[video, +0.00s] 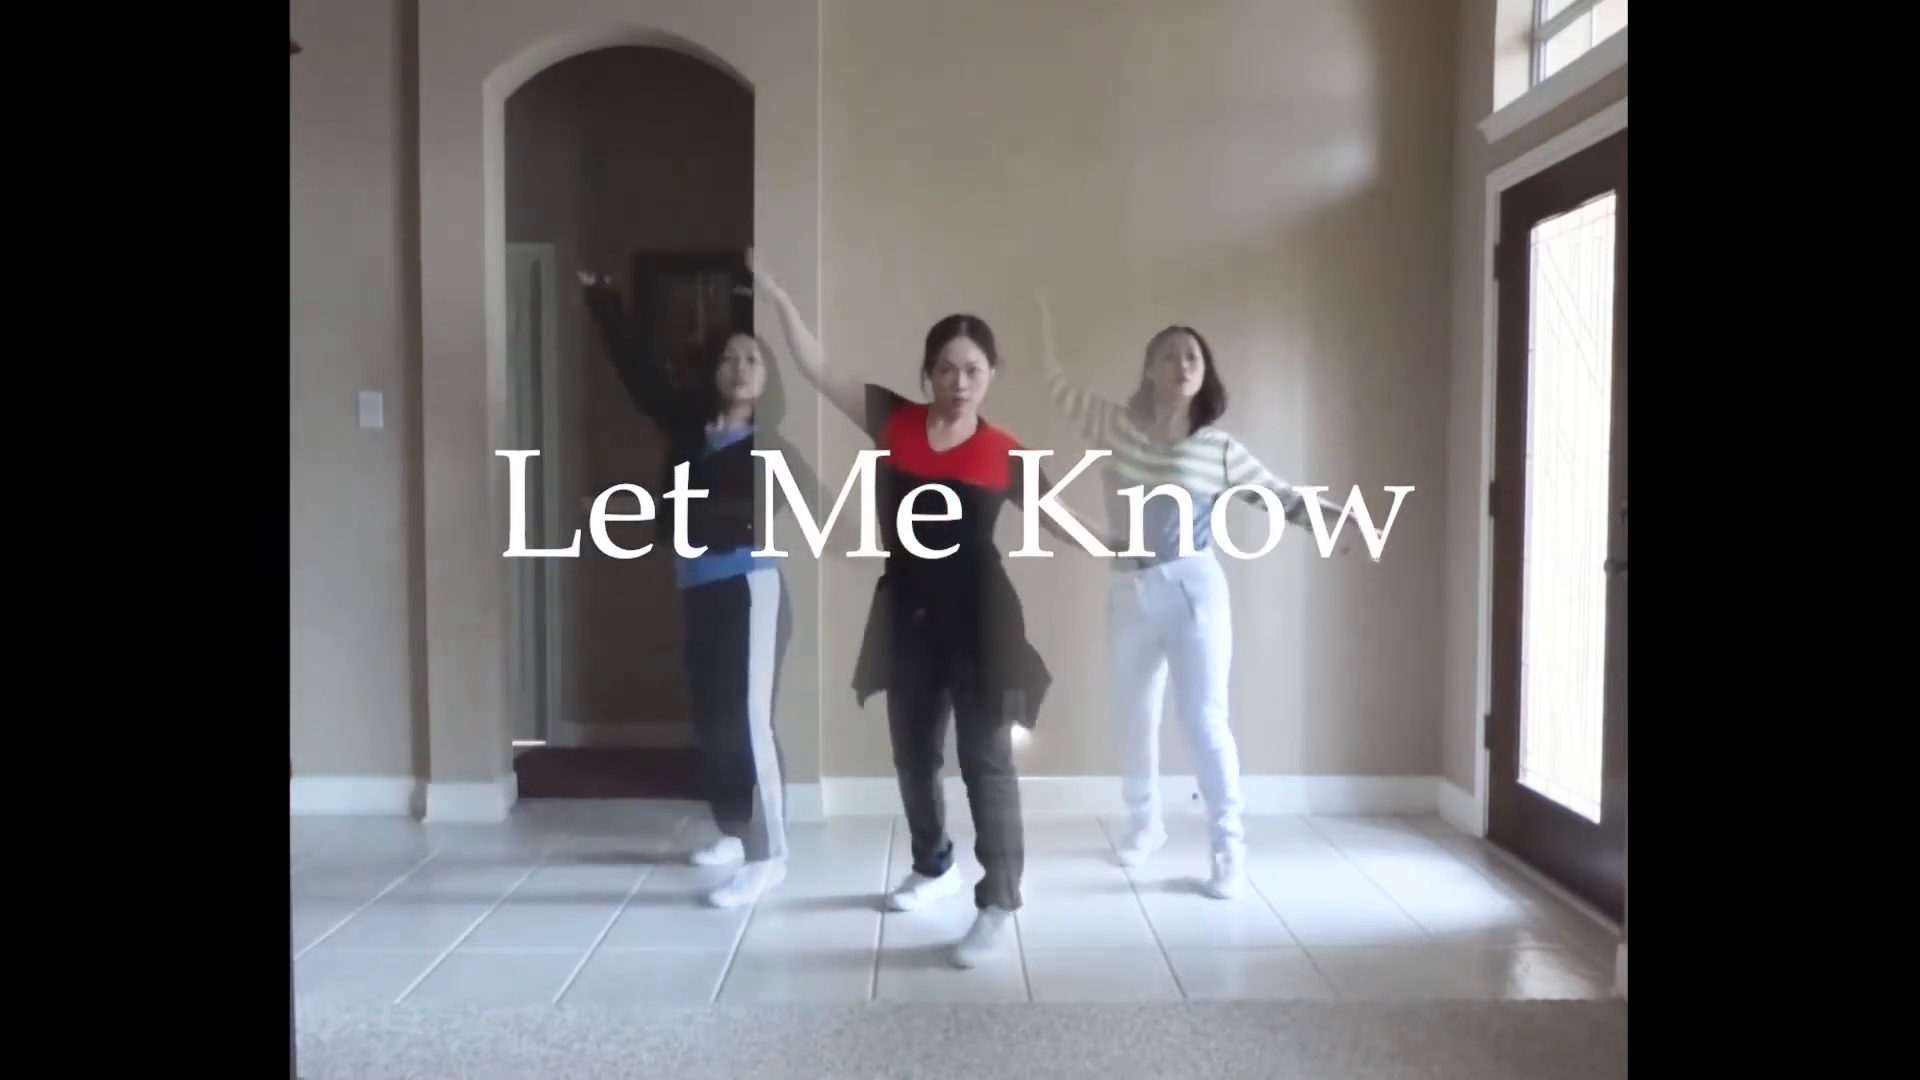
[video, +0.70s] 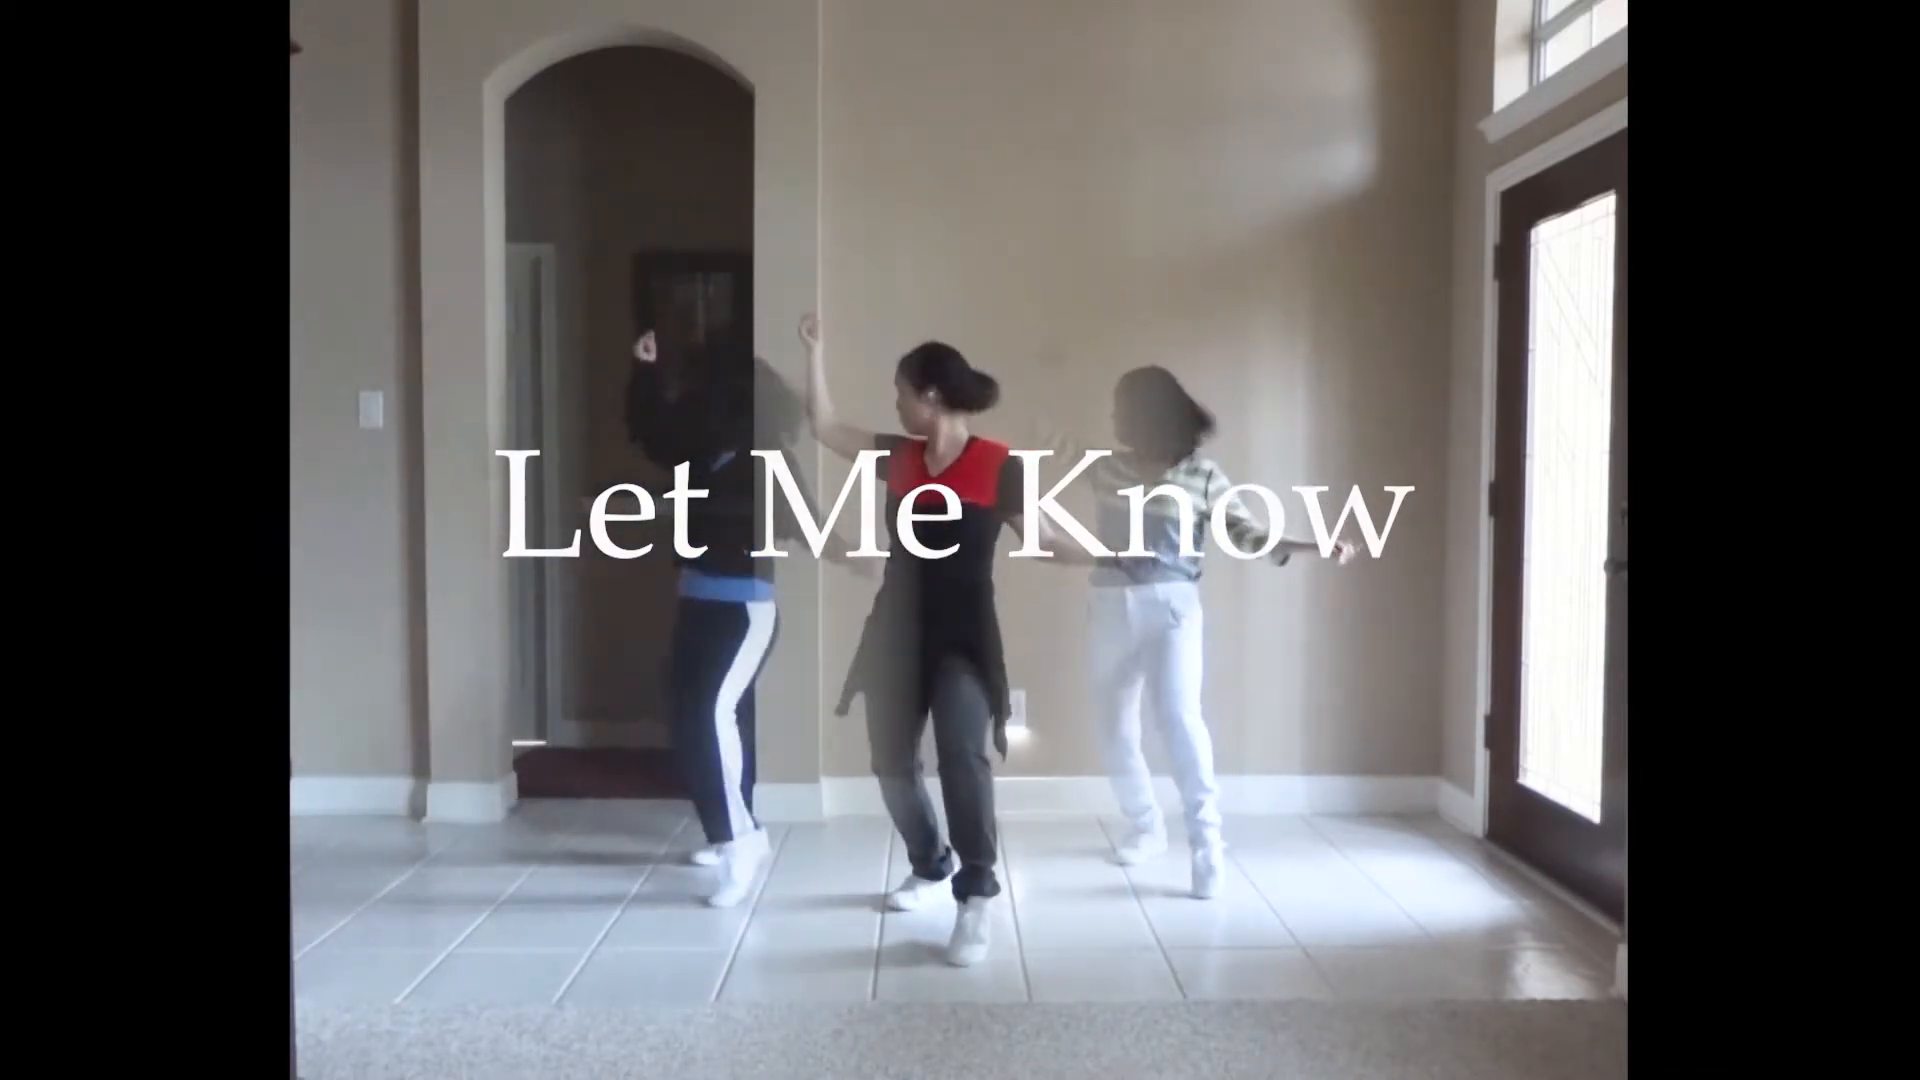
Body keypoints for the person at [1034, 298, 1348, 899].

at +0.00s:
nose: (1182, 365)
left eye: (1192, 357)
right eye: (1170, 356)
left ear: (1205, 375)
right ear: (1148, 369)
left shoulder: (1218, 446)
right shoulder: (1116, 428)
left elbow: (1275, 492)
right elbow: (1060, 390)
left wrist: (1326, 517)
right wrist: (1039, 333)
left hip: (1196, 591)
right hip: (1131, 595)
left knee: (1205, 719)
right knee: (1133, 715)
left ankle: (1227, 842)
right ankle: (1145, 824)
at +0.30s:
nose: (1160, 395)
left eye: (1171, 387)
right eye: (1151, 385)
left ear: (1186, 400)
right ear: (1132, 393)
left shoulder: (1202, 466)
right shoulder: (1101, 453)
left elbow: (1255, 514)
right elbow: (1043, 410)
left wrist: (1313, 516)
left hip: (1183, 600)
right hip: (1121, 604)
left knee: (1184, 712)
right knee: (1127, 723)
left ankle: (1215, 838)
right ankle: (1145, 829)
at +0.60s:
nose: (1116, 417)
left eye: (1123, 409)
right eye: (1118, 409)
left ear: (1138, 417)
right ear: (1179, 416)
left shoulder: (1201, 475)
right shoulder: (1105, 469)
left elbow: (1250, 535)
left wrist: (1318, 542)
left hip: (1170, 606)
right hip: (1114, 605)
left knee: (1182, 719)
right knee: (1116, 728)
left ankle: (1205, 842)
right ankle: (1144, 824)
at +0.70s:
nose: (1120, 421)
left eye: (1126, 412)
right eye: (1120, 411)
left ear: (1144, 416)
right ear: (1176, 413)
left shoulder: (1200, 475)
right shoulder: (1104, 470)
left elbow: (1248, 536)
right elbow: (1046, 513)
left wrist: (1316, 547)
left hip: (1172, 607)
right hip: (1113, 606)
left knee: (1181, 719)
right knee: (1116, 727)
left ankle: (1206, 843)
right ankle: (1143, 826)